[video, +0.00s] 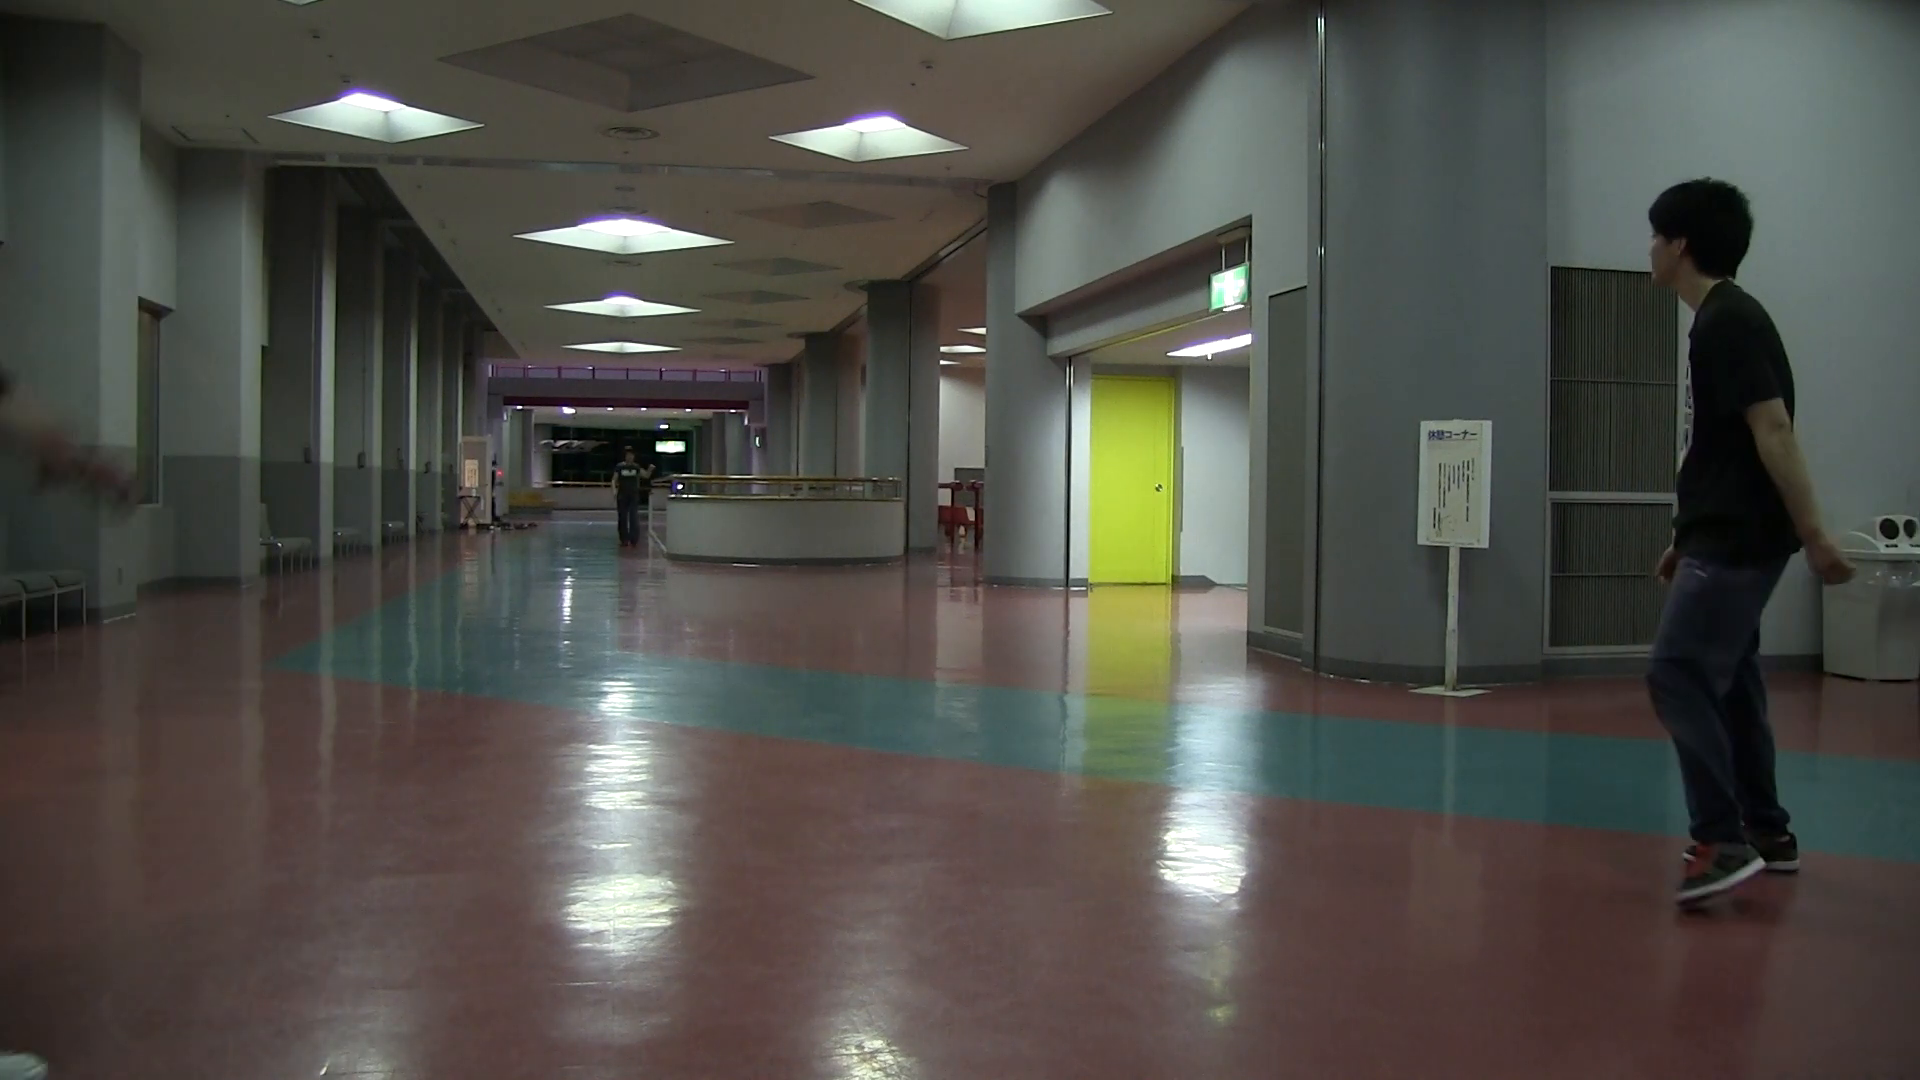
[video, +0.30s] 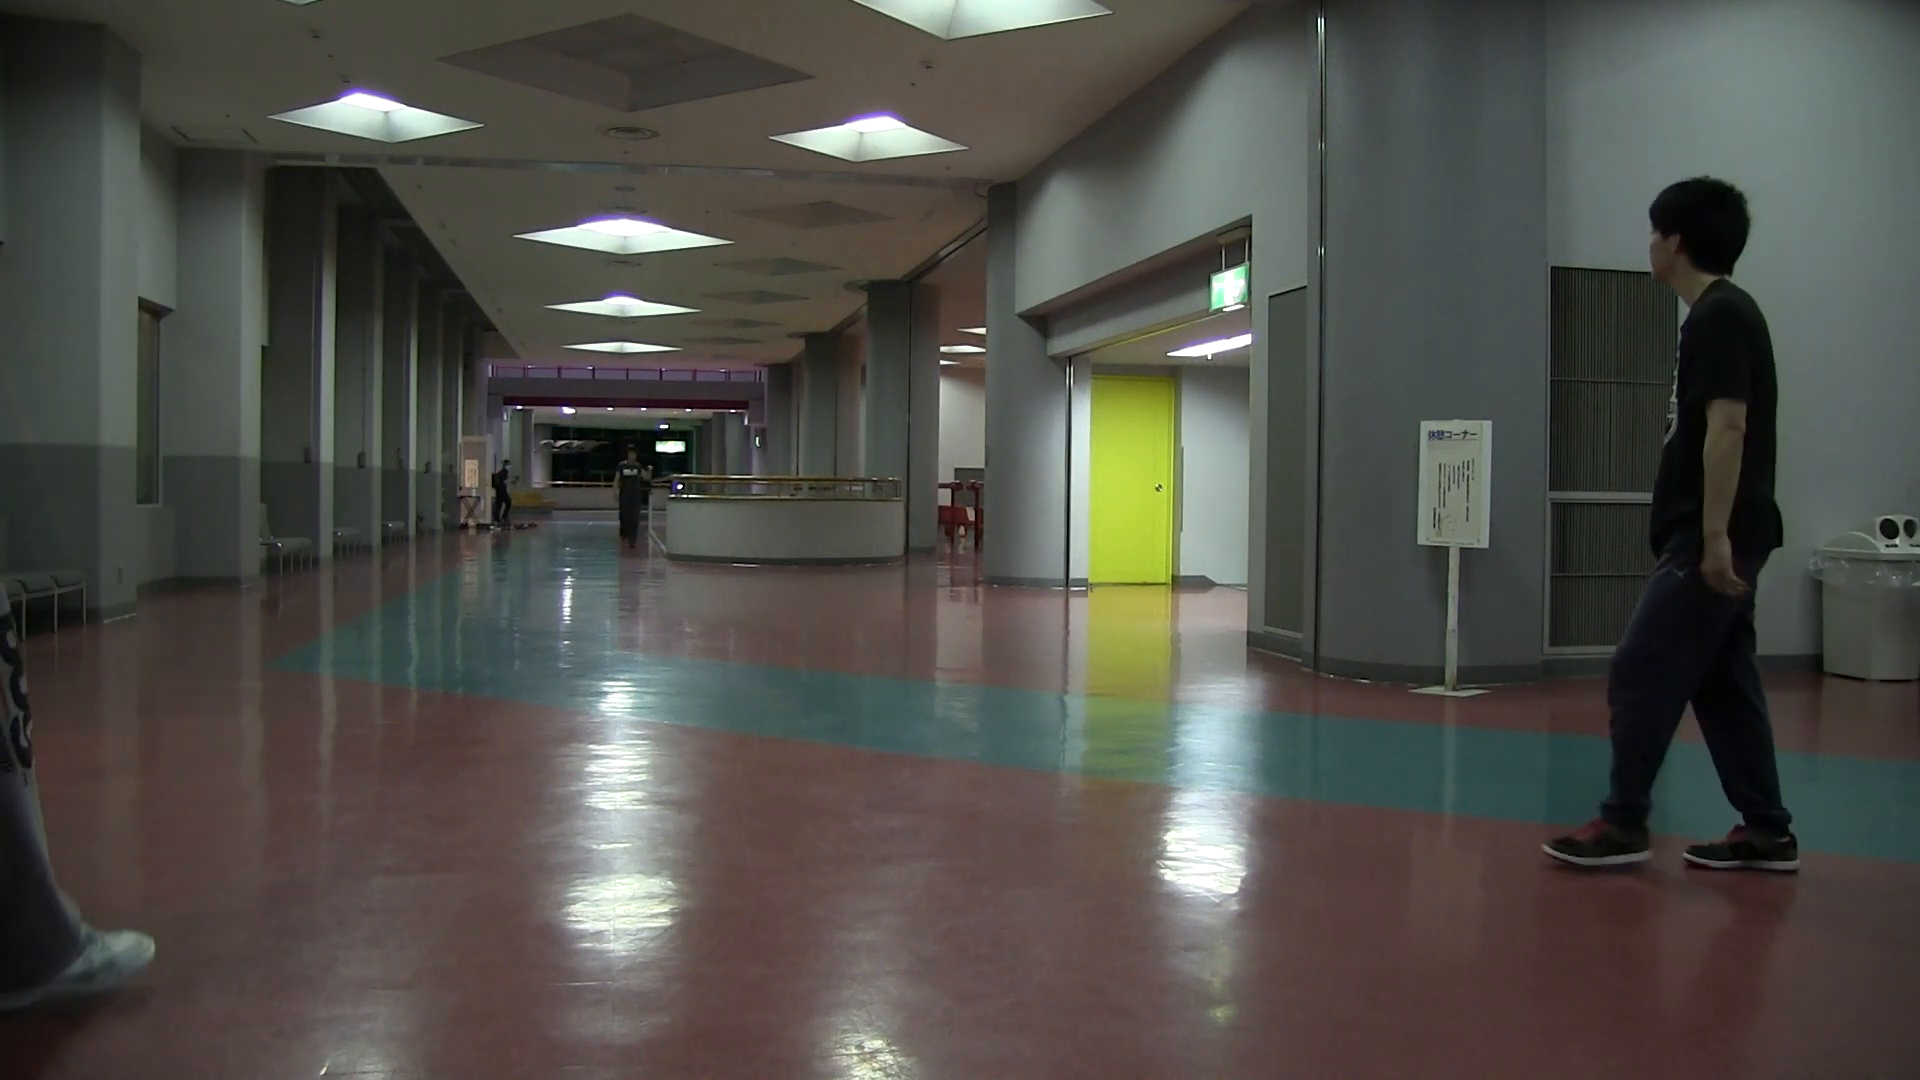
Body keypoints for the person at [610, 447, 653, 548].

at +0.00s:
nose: (629, 458)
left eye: (631, 456)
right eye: (627, 456)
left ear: (633, 457)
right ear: (625, 457)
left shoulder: (636, 467)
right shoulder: (620, 467)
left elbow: (645, 475)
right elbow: (614, 480)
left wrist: (650, 470)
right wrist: (614, 491)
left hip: (634, 496)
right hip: (622, 496)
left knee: (634, 518)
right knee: (622, 519)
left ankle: (634, 540)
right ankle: (624, 540)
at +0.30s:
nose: (632, 457)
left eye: (633, 455)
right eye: (630, 455)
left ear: (636, 456)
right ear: (627, 456)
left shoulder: (638, 467)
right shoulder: (621, 466)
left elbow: (646, 478)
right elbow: (616, 481)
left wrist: (649, 471)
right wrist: (616, 493)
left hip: (635, 497)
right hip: (624, 496)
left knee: (634, 519)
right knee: (624, 518)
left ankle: (633, 541)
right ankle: (624, 537)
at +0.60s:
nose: (630, 459)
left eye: (632, 457)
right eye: (629, 457)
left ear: (635, 458)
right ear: (626, 458)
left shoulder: (638, 468)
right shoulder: (621, 469)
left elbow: (643, 480)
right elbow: (615, 483)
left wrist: (636, 483)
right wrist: (612, 498)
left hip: (635, 498)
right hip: (623, 498)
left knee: (634, 519)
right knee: (625, 519)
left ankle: (632, 541)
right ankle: (626, 542)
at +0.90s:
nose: (630, 457)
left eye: (632, 455)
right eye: (628, 455)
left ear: (634, 455)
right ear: (625, 455)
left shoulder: (636, 466)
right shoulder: (619, 465)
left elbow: (640, 480)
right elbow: (613, 480)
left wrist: (644, 492)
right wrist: (611, 493)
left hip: (633, 496)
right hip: (621, 496)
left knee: (632, 517)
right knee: (622, 519)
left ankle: (632, 540)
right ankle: (625, 542)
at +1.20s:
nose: (630, 459)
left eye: (632, 456)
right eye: (628, 456)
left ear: (634, 457)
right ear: (624, 456)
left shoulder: (636, 467)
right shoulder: (619, 466)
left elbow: (641, 481)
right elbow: (612, 480)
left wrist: (645, 493)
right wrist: (618, 480)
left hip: (633, 498)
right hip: (621, 498)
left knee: (630, 519)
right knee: (622, 519)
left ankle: (627, 543)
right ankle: (623, 542)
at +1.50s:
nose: (627, 457)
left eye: (629, 455)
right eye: (625, 455)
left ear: (632, 456)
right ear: (622, 455)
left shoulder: (635, 465)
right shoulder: (618, 464)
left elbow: (637, 478)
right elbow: (610, 476)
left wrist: (635, 485)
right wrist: (618, 467)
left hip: (631, 494)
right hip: (619, 494)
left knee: (630, 519)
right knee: (619, 518)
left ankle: (627, 544)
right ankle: (616, 544)